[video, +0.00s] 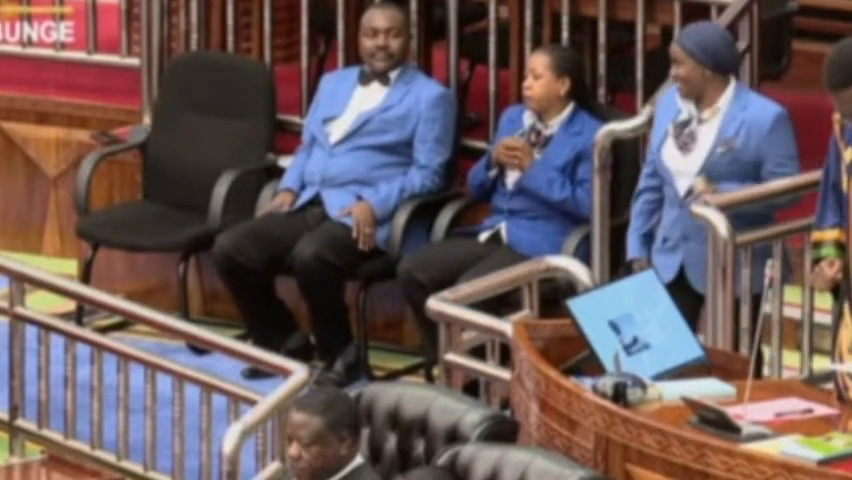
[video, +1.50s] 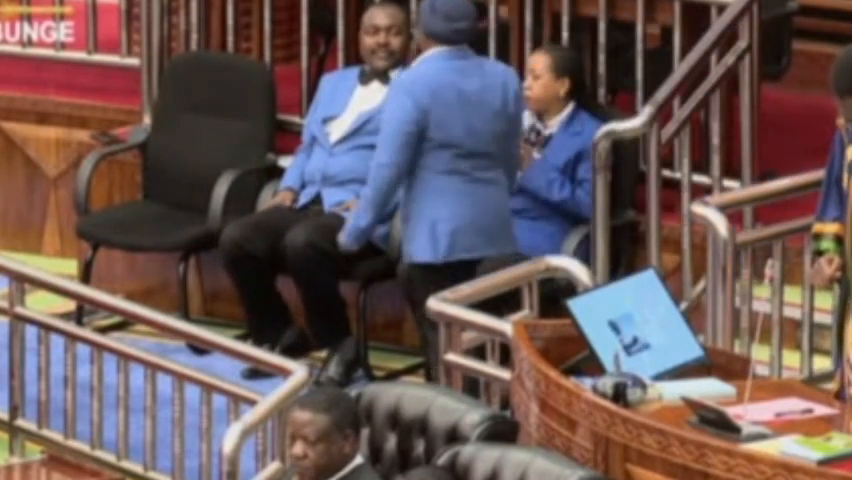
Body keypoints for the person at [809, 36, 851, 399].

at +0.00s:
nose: (841, 115)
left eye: (846, 105)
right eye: (838, 106)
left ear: (851, 94)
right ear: (832, 97)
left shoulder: (840, 137)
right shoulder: (839, 137)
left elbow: (831, 195)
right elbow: (831, 195)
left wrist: (831, 253)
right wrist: (829, 250)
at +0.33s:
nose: (842, 116)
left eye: (846, 106)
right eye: (838, 107)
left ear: (851, 95)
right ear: (832, 98)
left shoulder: (841, 136)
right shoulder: (840, 135)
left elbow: (831, 194)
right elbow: (832, 193)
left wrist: (832, 252)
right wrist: (829, 248)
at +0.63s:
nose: (843, 119)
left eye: (847, 110)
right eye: (841, 111)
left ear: (848, 97)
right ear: (834, 101)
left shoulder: (840, 135)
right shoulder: (840, 136)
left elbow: (830, 202)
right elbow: (832, 200)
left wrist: (828, 252)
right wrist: (827, 252)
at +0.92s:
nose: (843, 116)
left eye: (846, 107)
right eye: (840, 108)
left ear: (849, 99)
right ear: (834, 101)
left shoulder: (841, 139)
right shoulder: (840, 139)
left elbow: (832, 194)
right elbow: (832, 193)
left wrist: (831, 250)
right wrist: (829, 248)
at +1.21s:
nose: (841, 121)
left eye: (846, 111)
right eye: (840, 110)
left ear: (849, 103)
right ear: (835, 102)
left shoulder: (841, 139)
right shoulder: (841, 138)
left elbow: (833, 193)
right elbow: (833, 192)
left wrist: (831, 248)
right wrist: (829, 246)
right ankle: (843, 387)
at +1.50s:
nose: (842, 124)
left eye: (846, 114)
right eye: (841, 113)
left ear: (847, 108)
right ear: (837, 107)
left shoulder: (840, 141)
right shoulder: (841, 140)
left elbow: (834, 195)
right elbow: (833, 194)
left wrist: (830, 246)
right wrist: (827, 245)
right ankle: (841, 378)